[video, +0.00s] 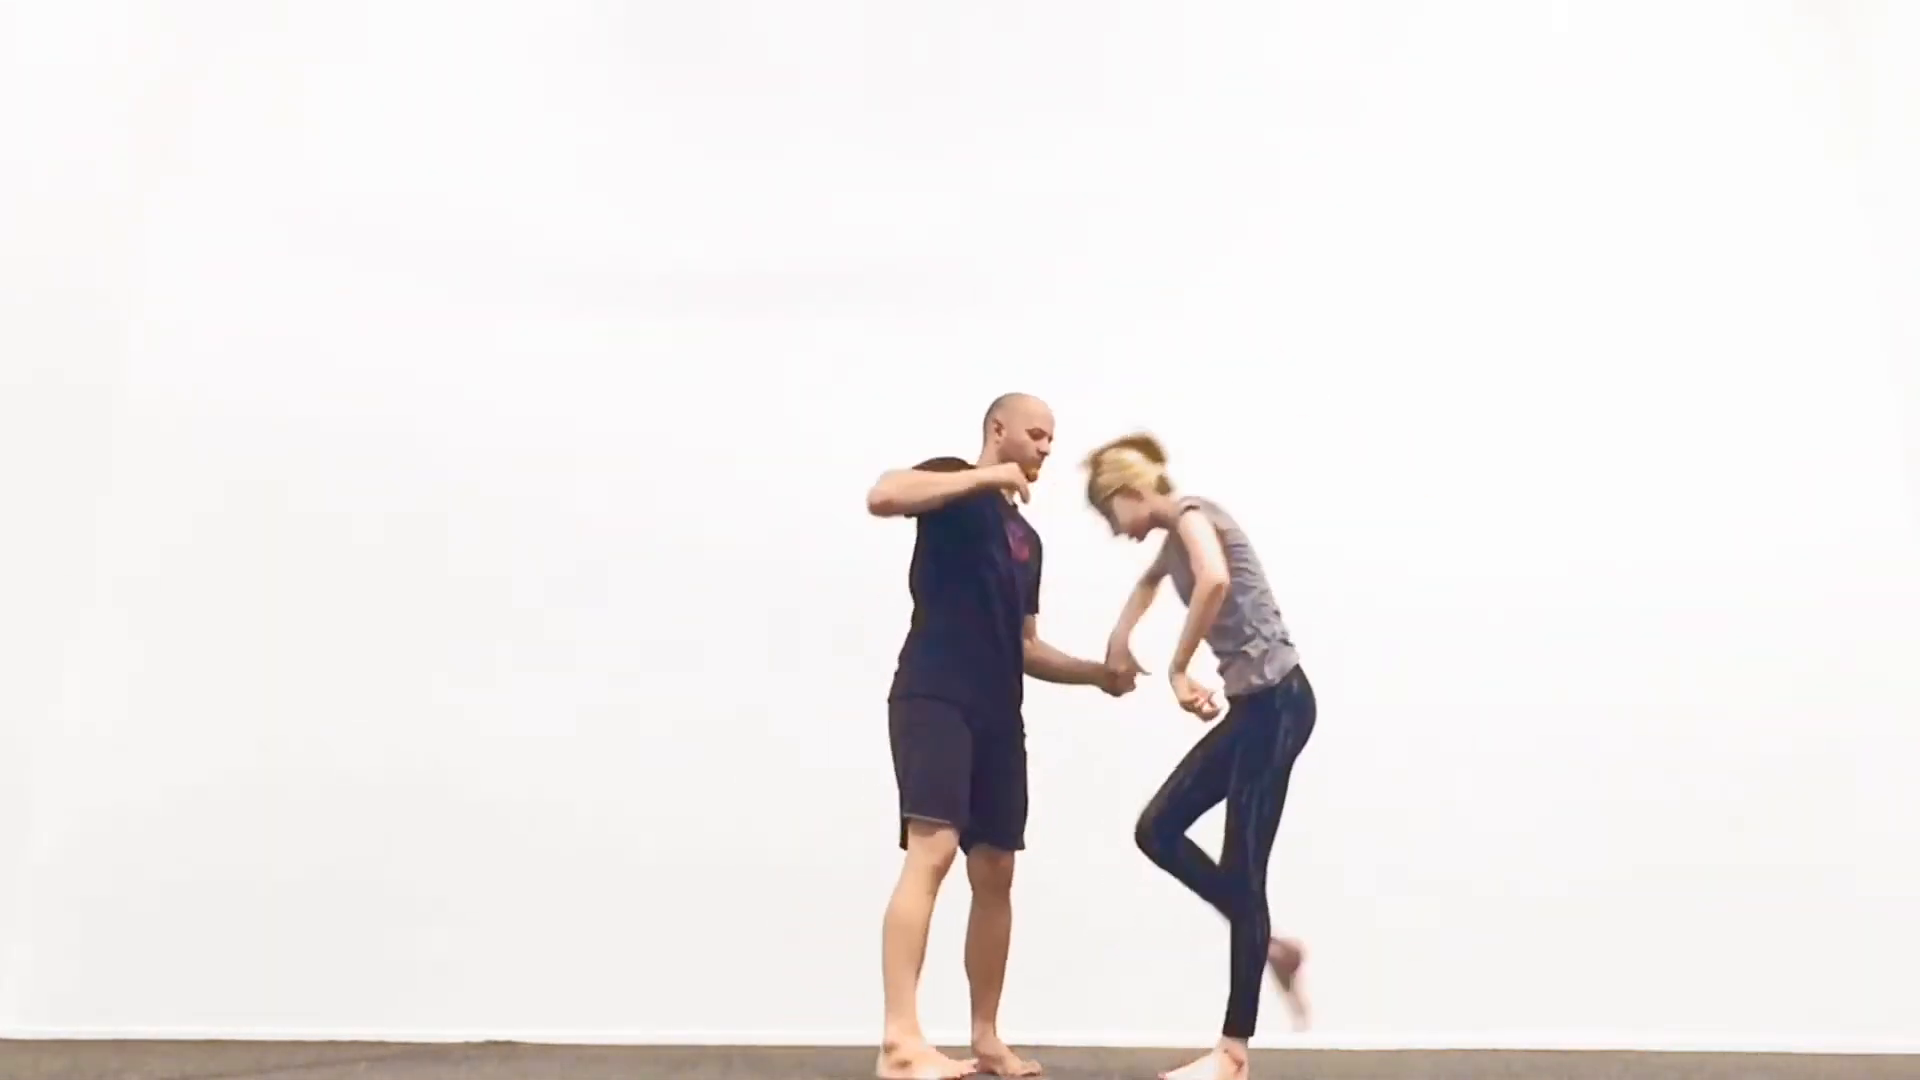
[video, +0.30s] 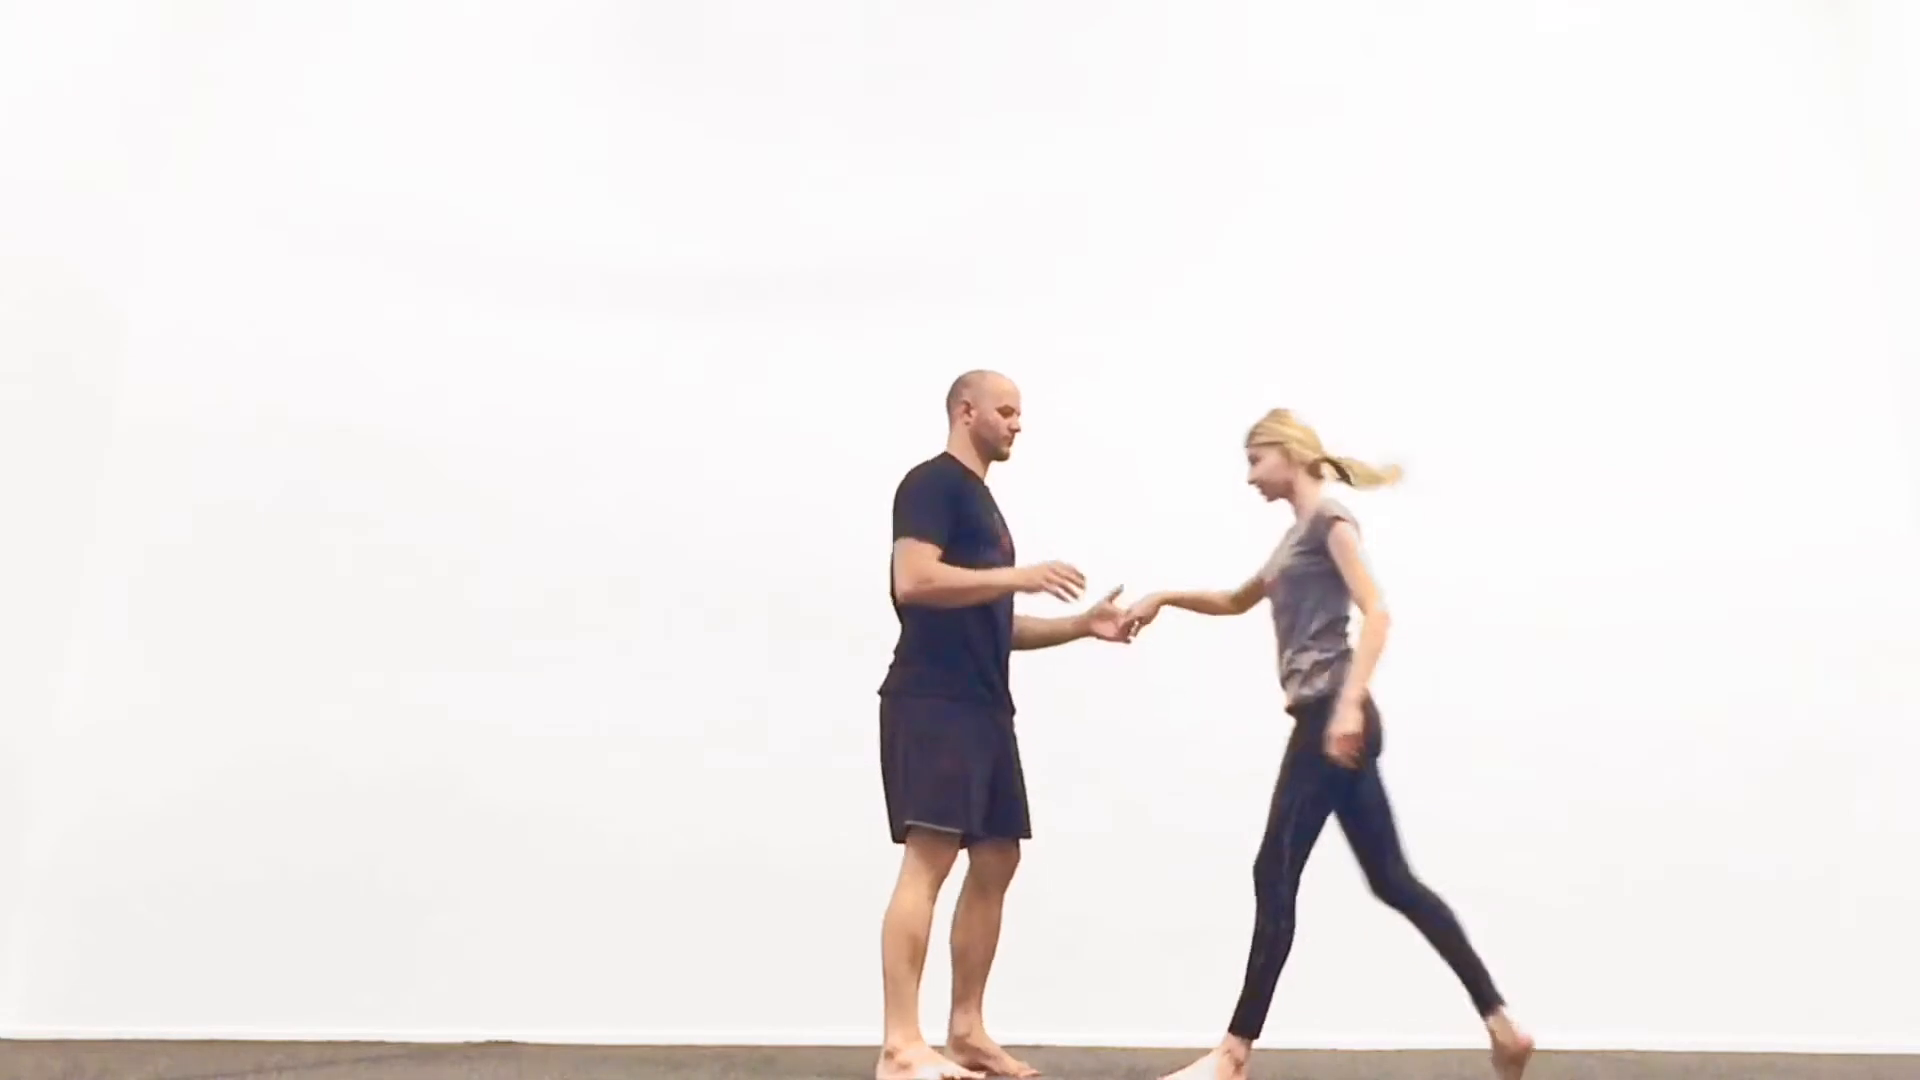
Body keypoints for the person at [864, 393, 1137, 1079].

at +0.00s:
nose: (1047, 449)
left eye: (1050, 440)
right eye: (1037, 435)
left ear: (1040, 446)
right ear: (997, 429)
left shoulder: (1028, 540)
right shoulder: (952, 479)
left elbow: (1026, 649)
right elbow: (883, 496)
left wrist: (1100, 672)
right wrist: (984, 478)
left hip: (1000, 709)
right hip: (935, 695)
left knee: (994, 870)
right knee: (932, 849)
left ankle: (987, 1041)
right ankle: (901, 1043)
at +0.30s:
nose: (1018, 425)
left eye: (1019, 414)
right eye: (1007, 411)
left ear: (986, 418)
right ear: (964, 411)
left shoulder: (984, 503)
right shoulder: (932, 482)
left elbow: (995, 631)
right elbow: (913, 580)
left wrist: (1084, 622)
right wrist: (1014, 578)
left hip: (985, 705)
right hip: (933, 702)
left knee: (996, 859)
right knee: (929, 856)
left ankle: (966, 1034)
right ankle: (901, 1047)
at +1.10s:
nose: (988, 421)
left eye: (988, 410)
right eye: (975, 409)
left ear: (958, 415)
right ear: (933, 413)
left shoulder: (985, 509)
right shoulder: (896, 487)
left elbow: (1040, 591)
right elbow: (893, 590)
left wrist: (1112, 561)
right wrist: (995, 616)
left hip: (970, 706)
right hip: (910, 701)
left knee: (973, 868)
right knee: (911, 860)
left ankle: (959, 1037)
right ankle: (900, 1046)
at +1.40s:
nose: (1045, 435)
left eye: (1047, 425)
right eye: (1034, 423)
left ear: (1025, 434)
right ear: (992, 427)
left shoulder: (1029, 525)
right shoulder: (944, 500)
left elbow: (1047, 641)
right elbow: (930, 608)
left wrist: (1054, 579)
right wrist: (1018, 635)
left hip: (981, 707)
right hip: (917, 699)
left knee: (990, 864)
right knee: (909, 847)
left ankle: (963, 1038)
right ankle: (877, 1032)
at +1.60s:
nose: (1068, 469)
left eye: (1072, 460)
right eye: (1056, 457)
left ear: (1064, 469)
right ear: (1016, 459)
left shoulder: (1051, 559)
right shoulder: (962, 527)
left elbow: (1042, 675)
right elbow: (960, 635)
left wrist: (1016, 640)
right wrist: (1052, 636)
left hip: (970, 717)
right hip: (903, 705)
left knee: (1011, 868)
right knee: (880, 838)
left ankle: (965, 1041)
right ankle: (787, 1009)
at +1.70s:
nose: (1074, 492)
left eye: (1079, 481)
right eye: (1061, 478)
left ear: (1075, 492)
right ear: (1019, 480)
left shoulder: (1055, 583)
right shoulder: (967, 543)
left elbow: (1041, 677)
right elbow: (962, 648)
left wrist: (1044, 725)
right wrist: (1048, 640)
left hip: (963, 732)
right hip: (897, 714)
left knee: (1017, 873)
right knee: (851, 844)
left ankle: (968, 1039)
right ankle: (740, 998)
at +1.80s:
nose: (1043, 510)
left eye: (1055, 503)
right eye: (1033, 495)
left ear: (1073, 519)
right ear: (1018, 500)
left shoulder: (1052, 596)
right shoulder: (966, 561)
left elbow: (1040, 711)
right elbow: (950, 665)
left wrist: (1056, 793)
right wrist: (1034, 650)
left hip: (951, 744)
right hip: (883, 728)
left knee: (1028, 874)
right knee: (826, 845)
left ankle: (968, 1040)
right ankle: (702, 994)